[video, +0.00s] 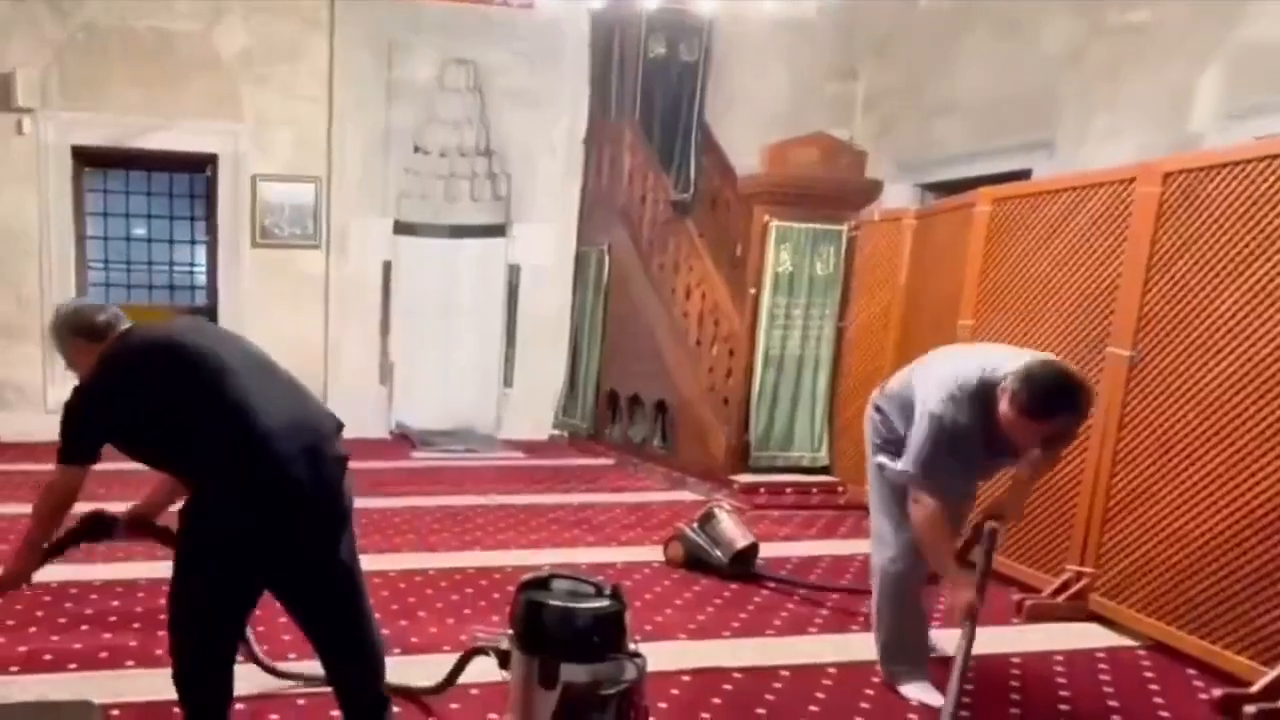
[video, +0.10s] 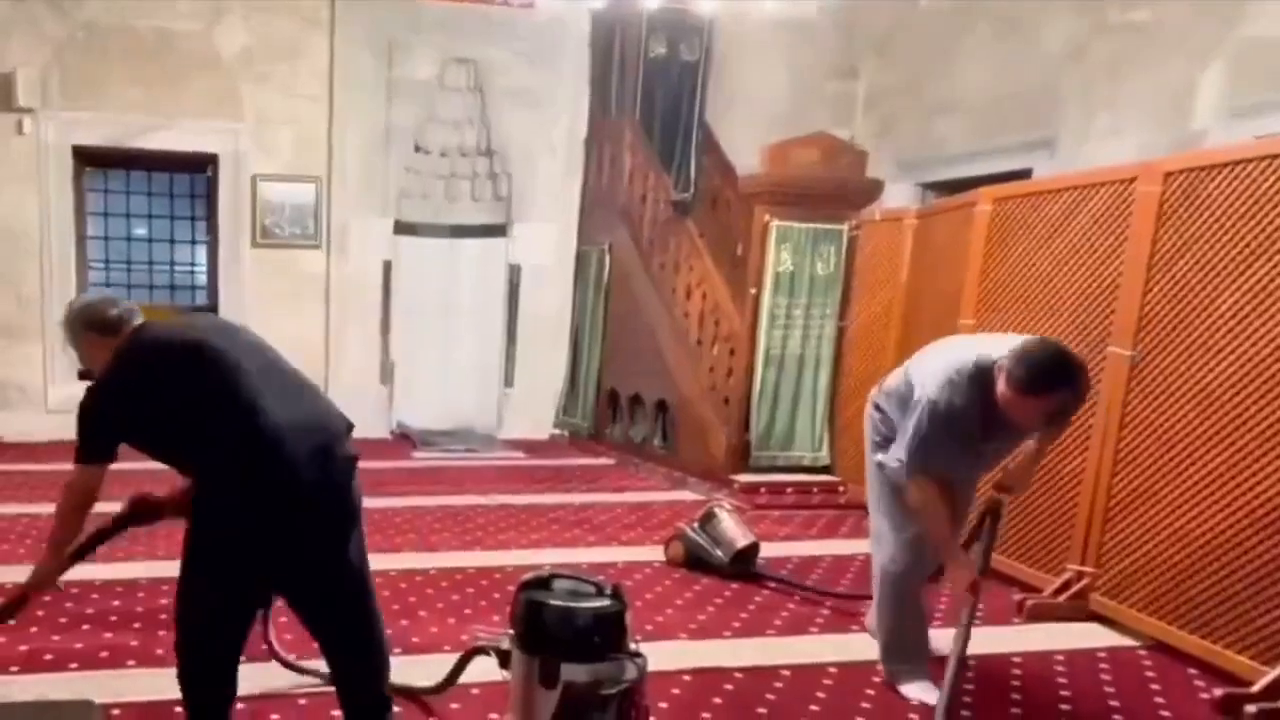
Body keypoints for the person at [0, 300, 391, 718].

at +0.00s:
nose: (75, 371)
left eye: (72, 361)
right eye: (70, 362)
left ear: (81, 349)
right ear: (123, 326)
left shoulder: (97, 388)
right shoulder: (191, 337)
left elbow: (63, 492)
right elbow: (194, 458)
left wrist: (21, 563)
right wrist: (138, 516)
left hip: (237, 495)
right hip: (317, 468)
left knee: (201, 641)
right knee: (345, 628)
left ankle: (206, 714)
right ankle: (371, 709)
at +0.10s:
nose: (87, 371)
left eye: (85, 358)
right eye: (82, 361)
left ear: (95, 343)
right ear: (131, 321)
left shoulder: (112, 386)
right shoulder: (203, 332)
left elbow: (81, 494)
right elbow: (244, 450)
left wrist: (49, 565)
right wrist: (168, 503)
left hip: (246, 489)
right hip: (327, 465)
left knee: (207, 638)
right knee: (351, 627)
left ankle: (208, 715)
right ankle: (372, 710)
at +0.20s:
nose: (106, 370)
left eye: (101, 356)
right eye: (99, 360)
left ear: (113, 335)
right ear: (150, 313)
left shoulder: (127, 385)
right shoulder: (220, 319)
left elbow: (111, 499)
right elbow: (257, 401)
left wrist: (91, 565)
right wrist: (205, 469)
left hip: (256, 494)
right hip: (340, 466)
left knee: (214, 648)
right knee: (358, 631)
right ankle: (374, 712)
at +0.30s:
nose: (129, 355)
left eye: (124, 342)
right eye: (122, 346)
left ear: (137, 327)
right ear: (173, 305)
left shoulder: (151, 376)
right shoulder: (247, 309)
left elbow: (153, 485)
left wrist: (146, 554)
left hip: (275, 488)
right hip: (357, 466)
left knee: (227, 642)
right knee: (369, 637)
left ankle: (217, 715)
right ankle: (378, 708)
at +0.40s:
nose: (160, 340)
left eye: (156, 328)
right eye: (155, 330)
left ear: (167, 317)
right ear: (197, 297)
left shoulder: (178, 367)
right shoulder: (278, 299)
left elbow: (189, 474)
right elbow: (365, 337)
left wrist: (195, 542)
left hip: (299, 483)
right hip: (378, 467)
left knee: (242, 640)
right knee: (381, 639)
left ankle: (218, 712)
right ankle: (386, 713)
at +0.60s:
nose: (195, 329)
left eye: (191, 319)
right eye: (190, 319)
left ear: (199, 307)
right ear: (238, 285)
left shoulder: (219, 356)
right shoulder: (313, 288)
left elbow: (248, 469)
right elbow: (405, 301)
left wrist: (275, 529)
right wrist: (393, 386)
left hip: (334, 468)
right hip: (412, 448)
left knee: (276, 615)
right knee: (396, 610)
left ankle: (225, 711)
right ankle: (389, 712)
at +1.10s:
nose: (177, 322)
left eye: (175, 309)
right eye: (172, 311)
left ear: (191, 296)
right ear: (225, 281)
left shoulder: (204, 348)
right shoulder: (302, 292)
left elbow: (230, 462)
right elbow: (394, 316)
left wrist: (246, 517)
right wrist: (386, 402)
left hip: (317, 478)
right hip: (394, 464)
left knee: (264, 641)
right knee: (382, 630)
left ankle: (242, 716)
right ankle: (384, 712)